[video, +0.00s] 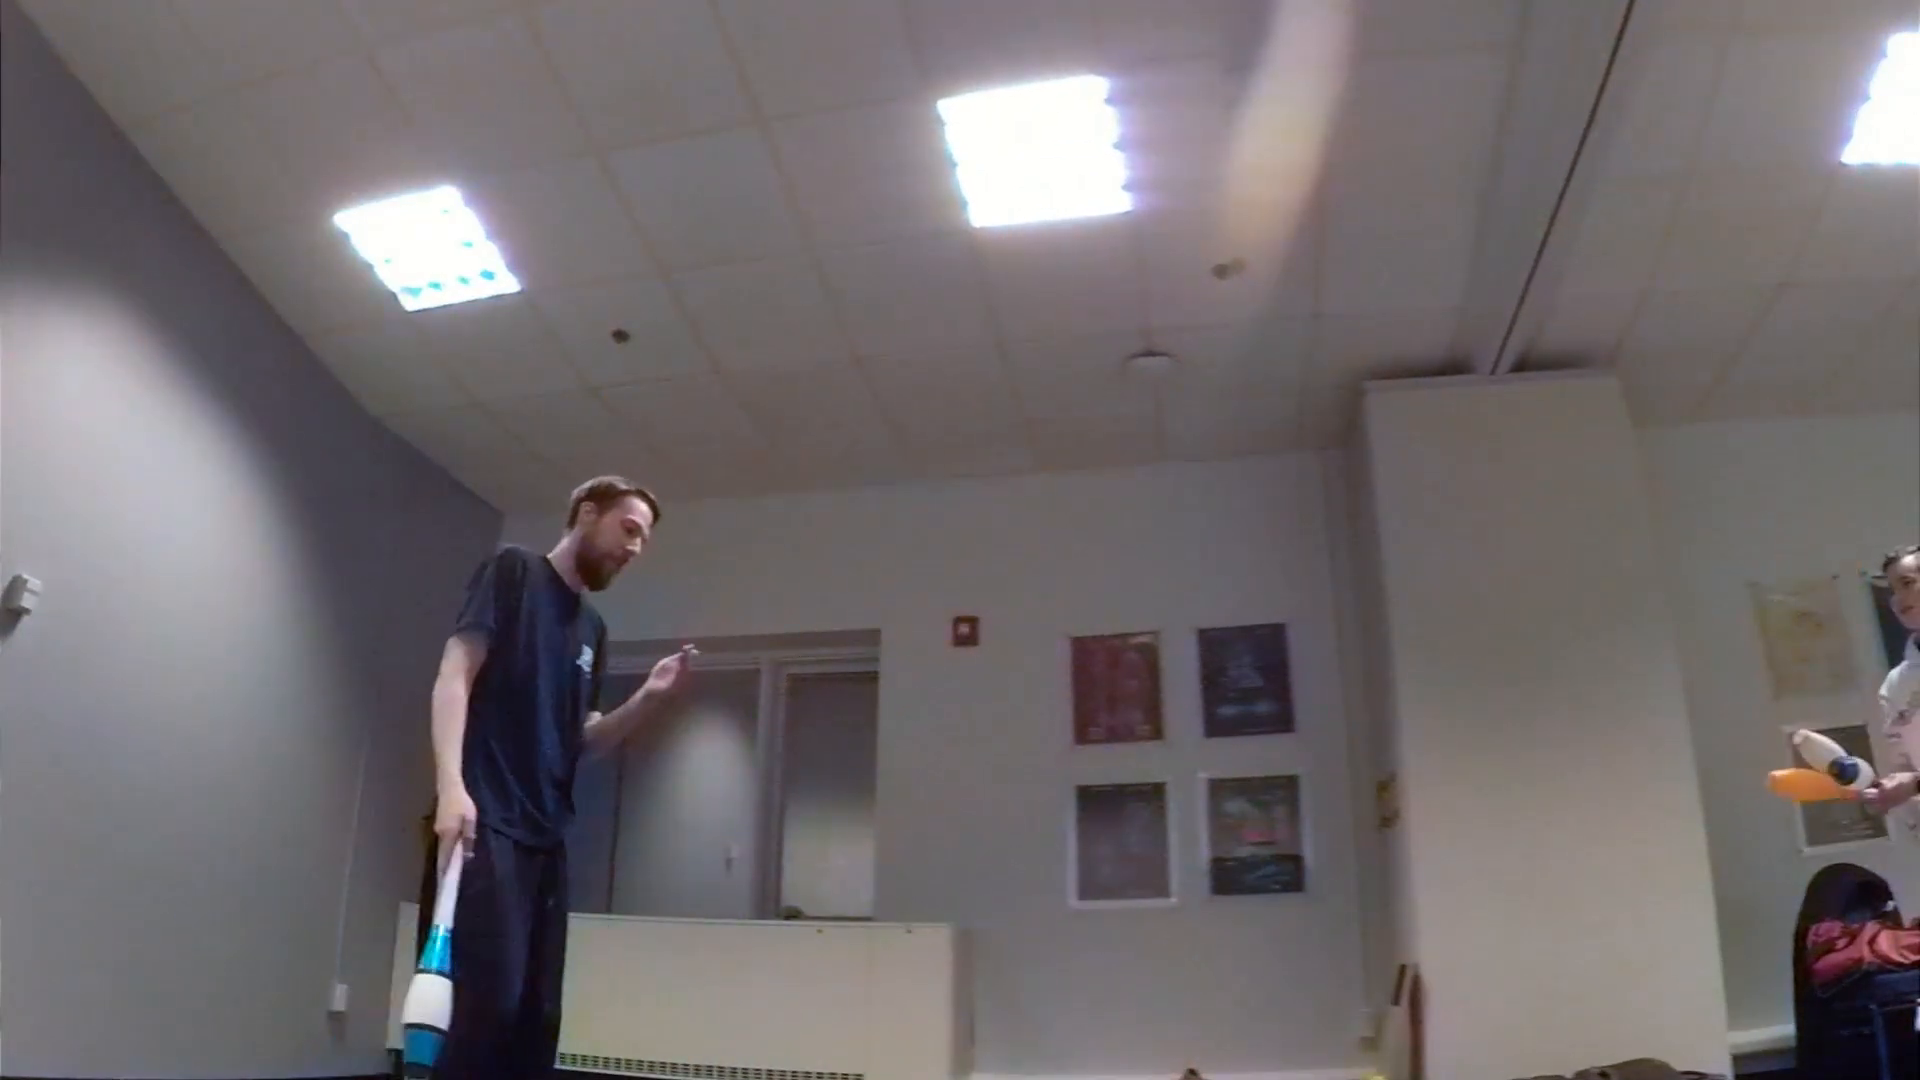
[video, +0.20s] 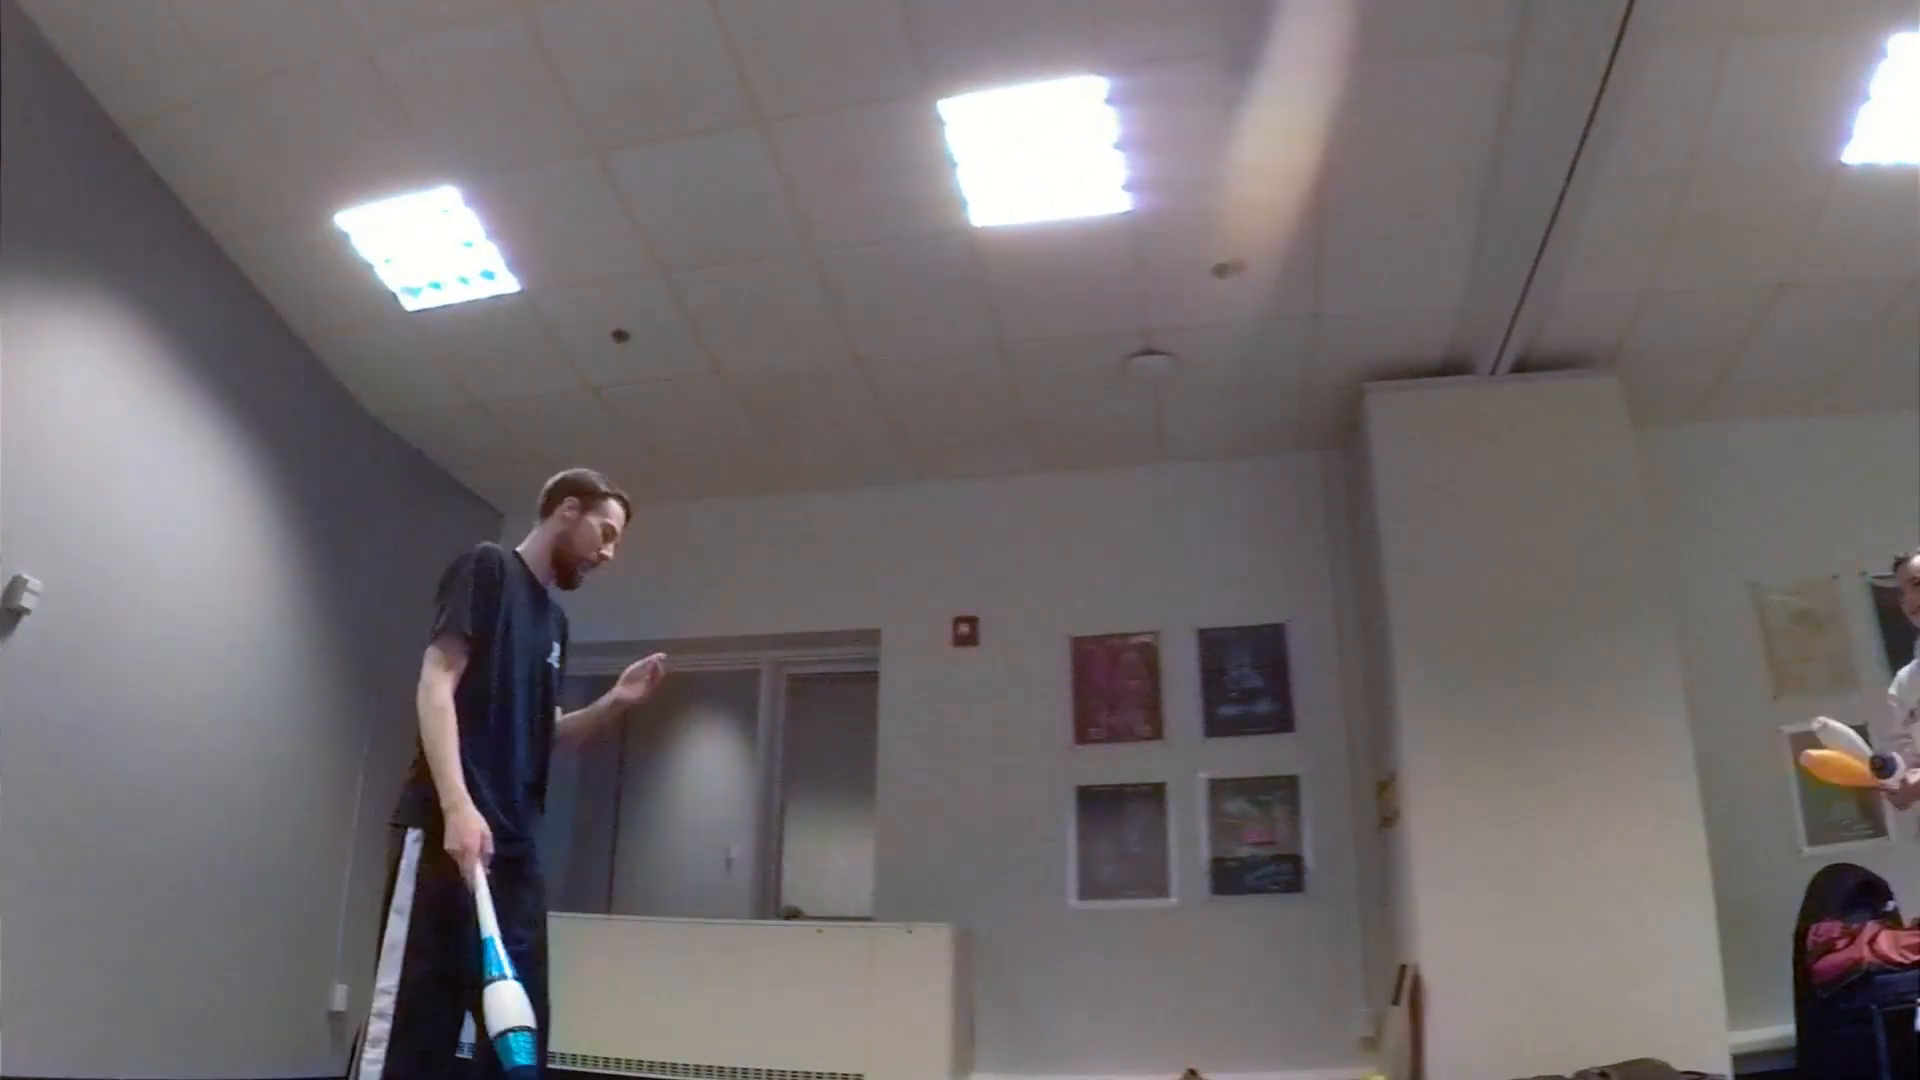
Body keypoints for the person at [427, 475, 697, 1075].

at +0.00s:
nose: (635, 547)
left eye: (643, 539)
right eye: (628, 528)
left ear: (642, 550)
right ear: (587, 514)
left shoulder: (591, 626)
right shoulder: (513, 570)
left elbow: (583, 736)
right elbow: (452, 678)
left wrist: (647, 694)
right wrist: (450, 788)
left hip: (545, 837)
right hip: (488, 824)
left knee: (536, 1013)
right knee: (487, 1003)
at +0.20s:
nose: (609, 553)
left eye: (615, 542)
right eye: (606, 533)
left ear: (581, 525)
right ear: (564, 511)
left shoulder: (553, 619)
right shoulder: (487, 566)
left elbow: (542, 734)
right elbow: (434, 685)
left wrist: (611, 702)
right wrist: (457, 806)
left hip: (513, 840)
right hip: (446, 826)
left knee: (517, 1023)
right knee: (415, 1019)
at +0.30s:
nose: (599, 562)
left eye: (605, 550)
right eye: (601, 544)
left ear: (566, 523)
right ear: (575, 522)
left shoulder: (528, 609)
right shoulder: (488, 569)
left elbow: (500, 731)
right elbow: (429, 693)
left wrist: (579, 724)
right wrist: (454, 824)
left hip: (479, 841)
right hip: (419, 832)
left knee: (496, 1023)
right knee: (393, 1025)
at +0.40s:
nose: (588, 575)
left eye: (597, 563)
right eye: (596, 559)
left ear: (553, 524)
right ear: (581, 535)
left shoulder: (505, 589)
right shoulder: (491, 574)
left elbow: (453, 716)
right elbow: (432, 694)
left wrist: (522, 762)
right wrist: (450, 831)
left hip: (436, 826)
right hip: (403, 822)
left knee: (458, 1008)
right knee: (380, 1013)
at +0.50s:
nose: (581, 580)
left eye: (590, 568)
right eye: (590, 564)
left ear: (541, 527)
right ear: (579, 543)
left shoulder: (489, 579)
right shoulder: (495, 577)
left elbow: (432, 703)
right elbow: (434, 690)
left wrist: (472, 790)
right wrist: (446, 828)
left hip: (413, 821)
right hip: (394, 820)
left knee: (437, 1007)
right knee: (375, 1013)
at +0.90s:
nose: (528, 630)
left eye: (532, 621)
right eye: (536, 619)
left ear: (486, 586)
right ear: (531, 607)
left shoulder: (440, 622)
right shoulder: (481, 620)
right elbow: (432, 713)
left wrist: (417, 854)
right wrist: (434, 835)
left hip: (353, 822)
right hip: (376, 826)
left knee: (370, 1003)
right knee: (390, 1007)